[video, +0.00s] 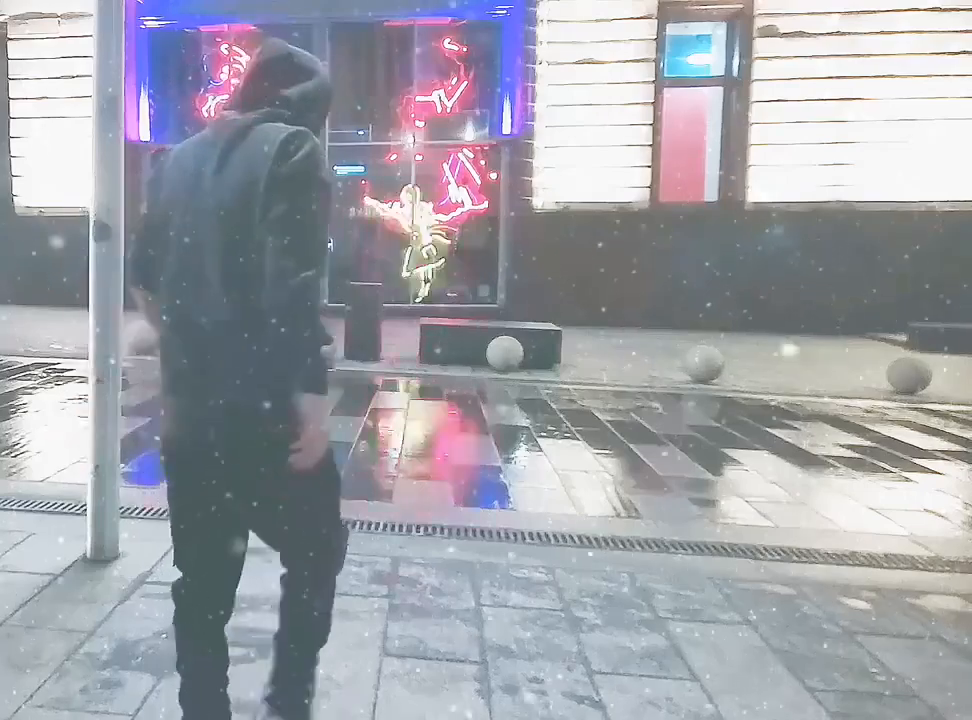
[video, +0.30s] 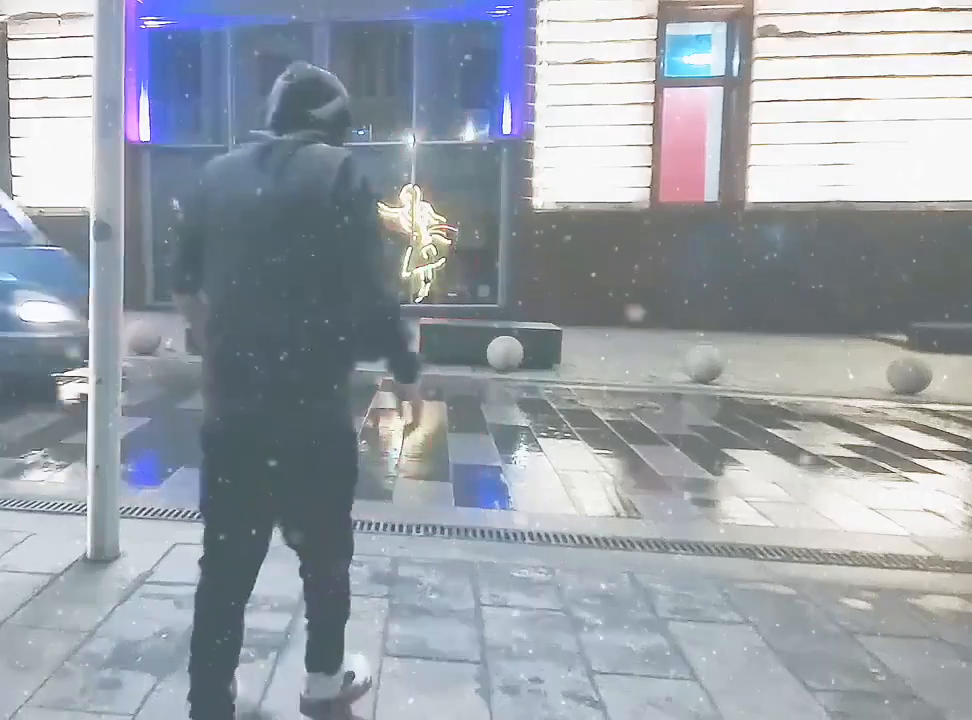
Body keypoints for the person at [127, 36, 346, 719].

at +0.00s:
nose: (313, 119)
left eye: (309, 110)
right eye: (314, 109)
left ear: (249, 95)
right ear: (303, 102)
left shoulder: (179, 157)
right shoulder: (296, 150)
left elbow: (144, 273)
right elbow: (294, 284)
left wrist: (187, 342)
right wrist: (312, 397)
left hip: (191, 409)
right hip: (270, 405)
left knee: (201, 582)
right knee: (316, 549)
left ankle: (204, 710)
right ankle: (290, 697)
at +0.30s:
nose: (339, 134)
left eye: (339, 126)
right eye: (337, 125)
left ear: (272, 114)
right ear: (327, 120)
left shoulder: (216, 173)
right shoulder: (338, 172)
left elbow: (187, 278)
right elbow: (372, 289)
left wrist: (213, 349)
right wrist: (405, 366)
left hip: (231, 394)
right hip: (312, 395)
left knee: (226, 558)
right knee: (324, 547)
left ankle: (209, 703)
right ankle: (324, 676)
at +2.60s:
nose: (512, 171)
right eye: (510, 163)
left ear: (459, 156)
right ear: (498, 161)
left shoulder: (416, 202)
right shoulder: (496, 210)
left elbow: (403, 274)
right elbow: (504, 290)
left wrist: (417, 324)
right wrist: (510, 351)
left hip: (421, 349)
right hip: (468, 355)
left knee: (420, 450)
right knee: (452, 462)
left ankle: (399, 551)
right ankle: (428, 572)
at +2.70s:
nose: (524, 176)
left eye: (524, 167)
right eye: (521, 167)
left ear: (468, 158)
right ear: (505, 164)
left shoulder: (428, 203)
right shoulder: (500, 210)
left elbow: (420, 276)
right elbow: (506, 289)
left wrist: (432, 324)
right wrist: (514, 353)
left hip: (428, 346)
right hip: (472, 352)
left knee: (442, 447)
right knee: (457, 456)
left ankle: (443, 536)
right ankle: (428, 569)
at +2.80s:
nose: (531, 174)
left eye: (530, 164)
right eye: (527, 164)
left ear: (479, 159)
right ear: (510, 163)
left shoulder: (442, 204)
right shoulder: (503, 211)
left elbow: (437, 277)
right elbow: (504, 290)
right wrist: (509, 355)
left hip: (439, 343)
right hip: (476, 351)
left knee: (459, 452)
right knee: (459, 459)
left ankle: (479, 538)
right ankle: (429, 568)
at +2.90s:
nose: (537, 179)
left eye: (539, 169)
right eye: (535, 168)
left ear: (496, 160)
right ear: (514, 163)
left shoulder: (463, 203)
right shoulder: (498, 211)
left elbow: (456, 287)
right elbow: (498, 294)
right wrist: (510, 359)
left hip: (458, 348)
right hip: (478, 354)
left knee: (483, 452)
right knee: (464, 459)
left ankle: (501, 540)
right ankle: (429, 568)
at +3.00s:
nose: (549, 173)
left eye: (551, 164)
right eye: (545, 163)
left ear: (511, 162)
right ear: (520, 160)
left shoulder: (490, 204)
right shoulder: (497, 211)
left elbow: (494, 293)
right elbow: (496, 295)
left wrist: (507, 356)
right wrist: (510, 366)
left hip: (482, 350)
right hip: (482, 353)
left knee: (502, 449)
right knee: (474, 459)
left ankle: (509, 549)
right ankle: (430, 566)